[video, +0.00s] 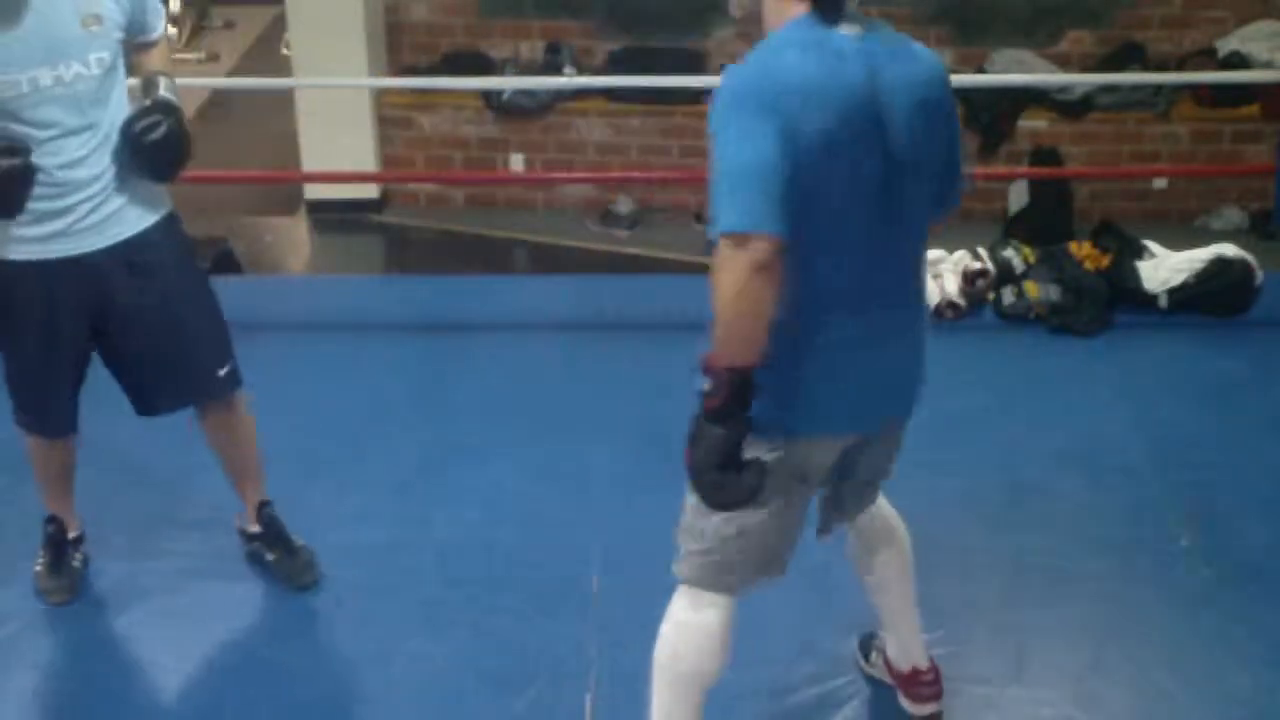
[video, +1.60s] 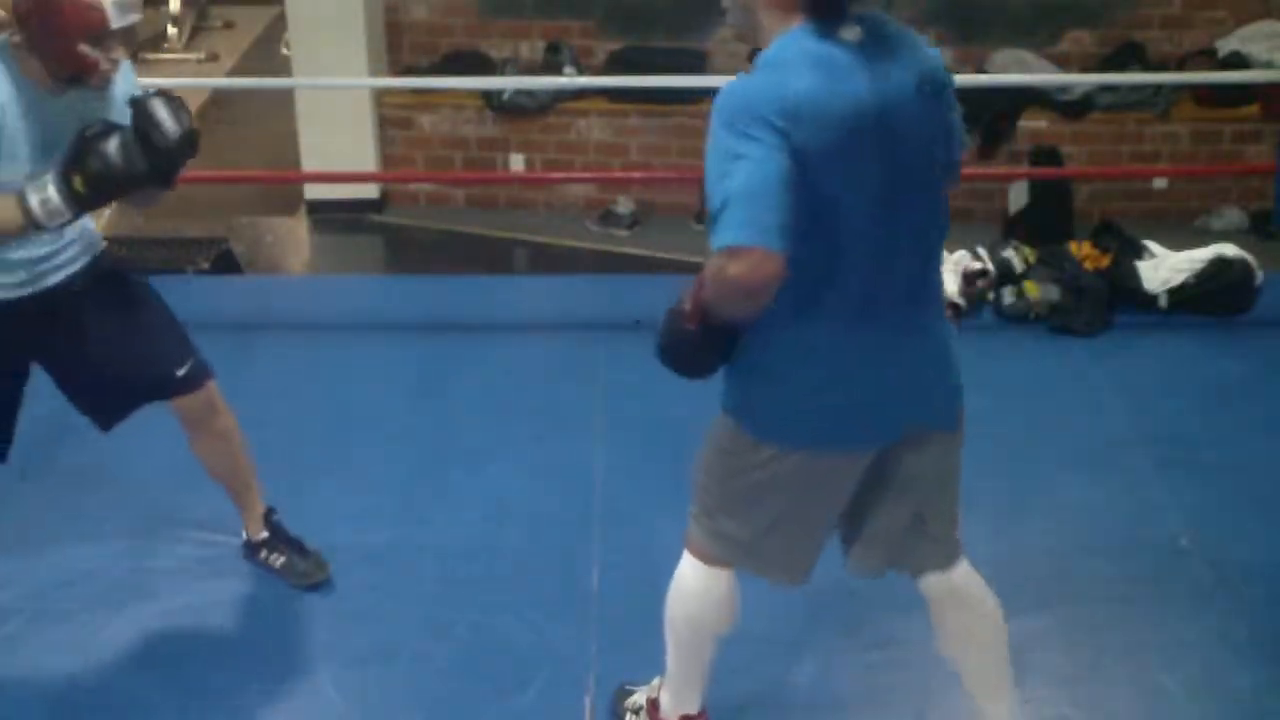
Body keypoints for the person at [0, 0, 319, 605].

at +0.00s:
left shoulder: (116, 4)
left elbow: (148, 46)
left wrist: (161, 103)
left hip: (134, 224)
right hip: (26, 249)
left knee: (217, 383)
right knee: (44, 415)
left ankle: (259, 518)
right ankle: (61, 532)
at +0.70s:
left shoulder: (127, 8)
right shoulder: (11, 15)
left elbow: (135, 85)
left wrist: (136, 132)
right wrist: (5, 153)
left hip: (84, 228)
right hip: (4, 245)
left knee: (141, 383)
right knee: (1, 418)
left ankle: (193, 521)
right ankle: (23, 524)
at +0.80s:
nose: (104, 6)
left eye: (111, 3)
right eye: (94, 4)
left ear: (116, 0)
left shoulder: (125, 13)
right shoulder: (10, 23)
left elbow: (134, 88)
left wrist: (128, 134)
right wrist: (6, 167)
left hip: (70, 226)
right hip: (3, 235)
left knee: (139, 377)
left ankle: (191, 519)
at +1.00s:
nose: (59, 12)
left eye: (64, 3)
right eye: (43, 5)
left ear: (71, 3)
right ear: (11, 6)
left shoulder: (68, 30)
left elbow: (89, 112)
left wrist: (103, 146)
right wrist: (7, 183)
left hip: (42, 250)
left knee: (144, 385)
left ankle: (193, 522)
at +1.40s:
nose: (13, 60)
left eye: (19, 43)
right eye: (1, 46)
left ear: (30, 43)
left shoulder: (30, 80)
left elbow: (83, 198)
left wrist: (85, 147)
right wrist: (26, 160)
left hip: (17, 276)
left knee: (146, 398)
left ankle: (254, 525)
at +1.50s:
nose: (60, 65)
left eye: (62, 46)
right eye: (44, 54)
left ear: (67, 36)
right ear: (9, 60)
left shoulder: (73, 83)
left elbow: (111, 208)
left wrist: (121, 166)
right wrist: (34, 197)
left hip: (39, 270)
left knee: (170, 391)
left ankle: (258, 528)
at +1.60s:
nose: (112, 61)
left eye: (118, 41)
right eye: (95, 49)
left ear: (123, 27)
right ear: (39, 45)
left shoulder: (110, 67)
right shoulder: (6, 90)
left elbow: (137, 196)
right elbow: (3, 214)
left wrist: (153, 162)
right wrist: (59, 194)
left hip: (74, 268)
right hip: (4, 293)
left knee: (195, 389)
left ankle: (259, 529)